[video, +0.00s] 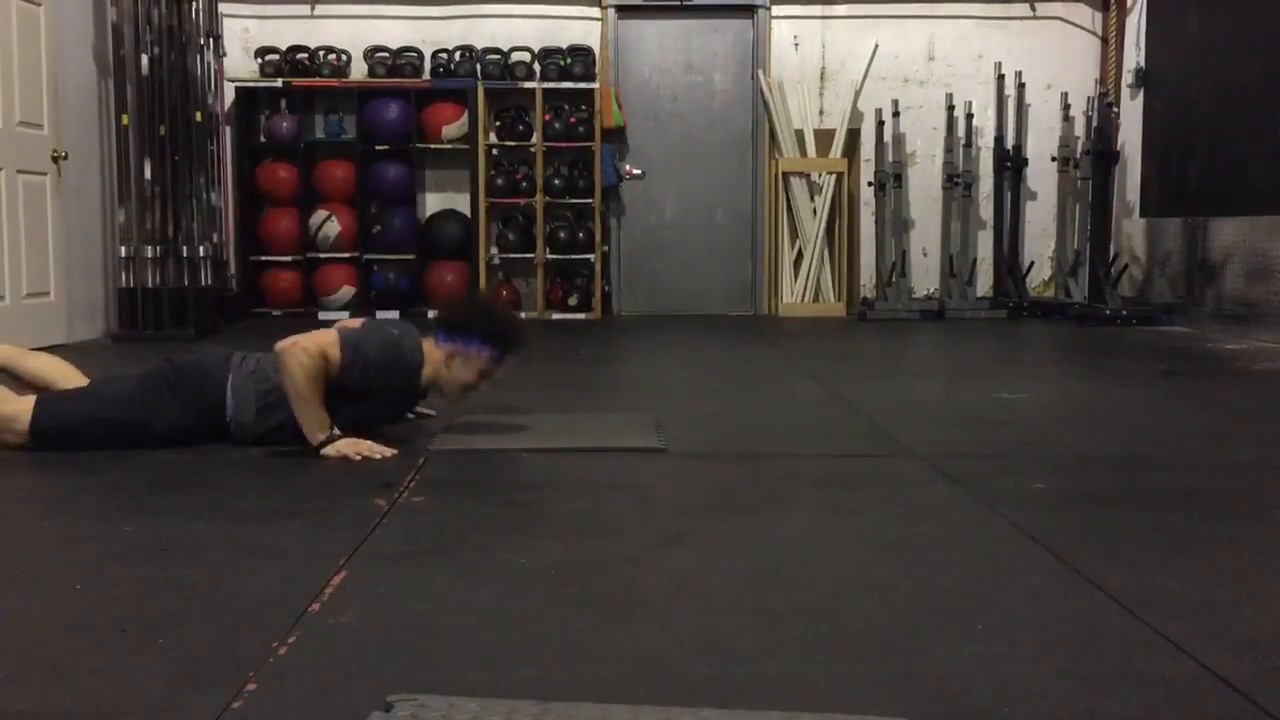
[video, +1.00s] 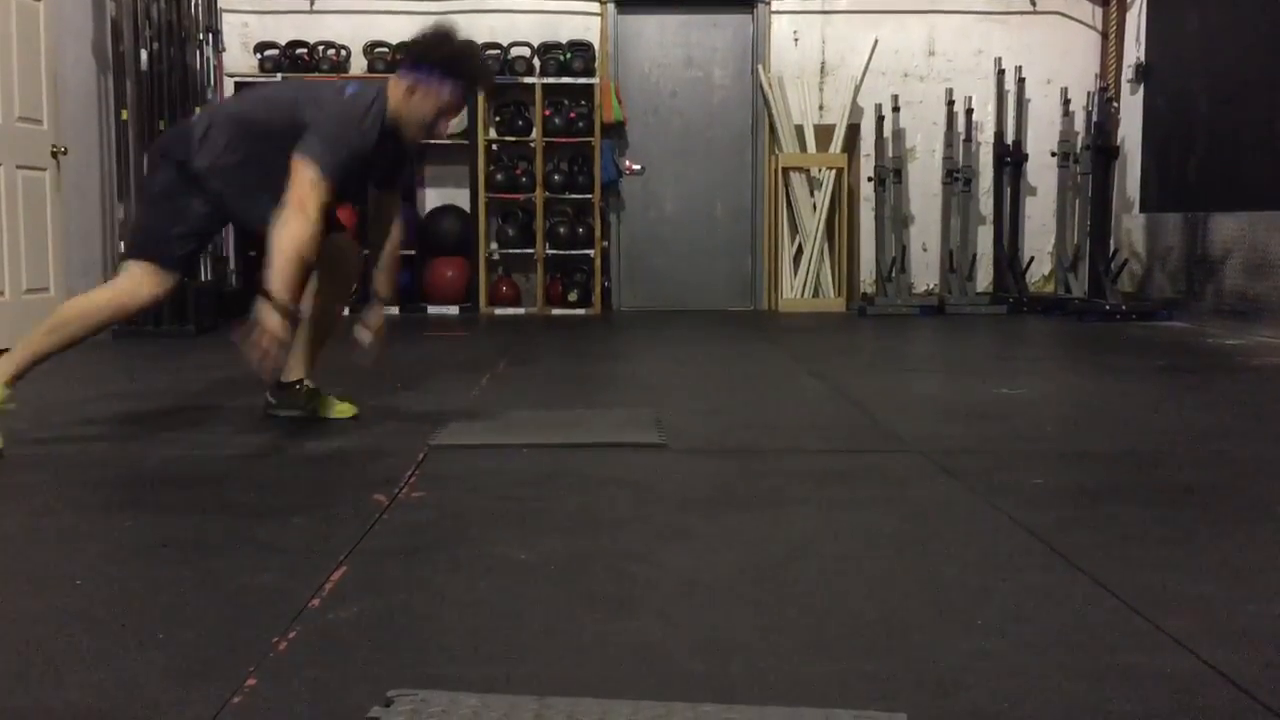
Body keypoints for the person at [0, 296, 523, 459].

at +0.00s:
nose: (480, 385)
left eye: (487, 376)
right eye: (482, 371)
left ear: (459, 347)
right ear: (457, 348)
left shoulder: (411, 356)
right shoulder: (398, 349)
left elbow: (322, 356)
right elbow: (295, 352)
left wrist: (374, 412)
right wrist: (327, 437)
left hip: (220, 388)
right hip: (207, 396)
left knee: (84, 396)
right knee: (23, 418)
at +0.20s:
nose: (445, 280)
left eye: (452, 269)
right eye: (445, 266)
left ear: (424, 249)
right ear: (415, 243)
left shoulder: (379, 282)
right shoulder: (348, 270)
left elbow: (356, 348)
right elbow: (287, 348)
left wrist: (377, 405)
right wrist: (324, 439)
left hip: (210, 377)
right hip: (193, 376)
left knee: (83, 397)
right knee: (26, 423)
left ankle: (1, 361)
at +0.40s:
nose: (440, 268)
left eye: (449, 262)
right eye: (447, 258)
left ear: (431, 225)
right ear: (433, 228)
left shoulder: (381, 239)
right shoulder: (353, 227)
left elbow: (376, 324)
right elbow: (324, 333)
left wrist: (381, 399)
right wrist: (327, 435)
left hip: (188, 280)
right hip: (169, 259)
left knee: (55, 341)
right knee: (33, 336)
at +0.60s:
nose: (369, 281)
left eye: (378, 280)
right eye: (375, 274)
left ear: (370, 240)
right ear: (368, 242)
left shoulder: (346, 226)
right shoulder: (304, 223)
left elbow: (352, 318)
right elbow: (302, 334)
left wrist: (375, 397)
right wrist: (326, 434)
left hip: (197, 143)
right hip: (148, 126)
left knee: (238, 268)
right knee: (72, 272)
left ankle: (170, 360)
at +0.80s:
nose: (388, 230)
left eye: (395, 223)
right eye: (389, 218)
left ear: (373, 187)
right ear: (367, 192)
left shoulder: (351, 188)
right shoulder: (298, 212)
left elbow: (377, 282)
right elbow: (306, 327)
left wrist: (403, 361)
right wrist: (327, 430)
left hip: (198, 174)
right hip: (139, 181)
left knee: (307, 282)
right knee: (94, 315)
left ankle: (287, 388)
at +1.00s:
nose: (446, 119)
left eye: (454, 110)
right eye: (446, 104)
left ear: (439, 100)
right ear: (414, 81)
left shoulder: (396, 140)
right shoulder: (349, 113)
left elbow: (390, 221)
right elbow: (302, 205)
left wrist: (380, 299)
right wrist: (276, 302)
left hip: (260, 177)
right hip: (193, 162)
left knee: (340, 258)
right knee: (143, 286)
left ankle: (292, 386)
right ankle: (8, 368)